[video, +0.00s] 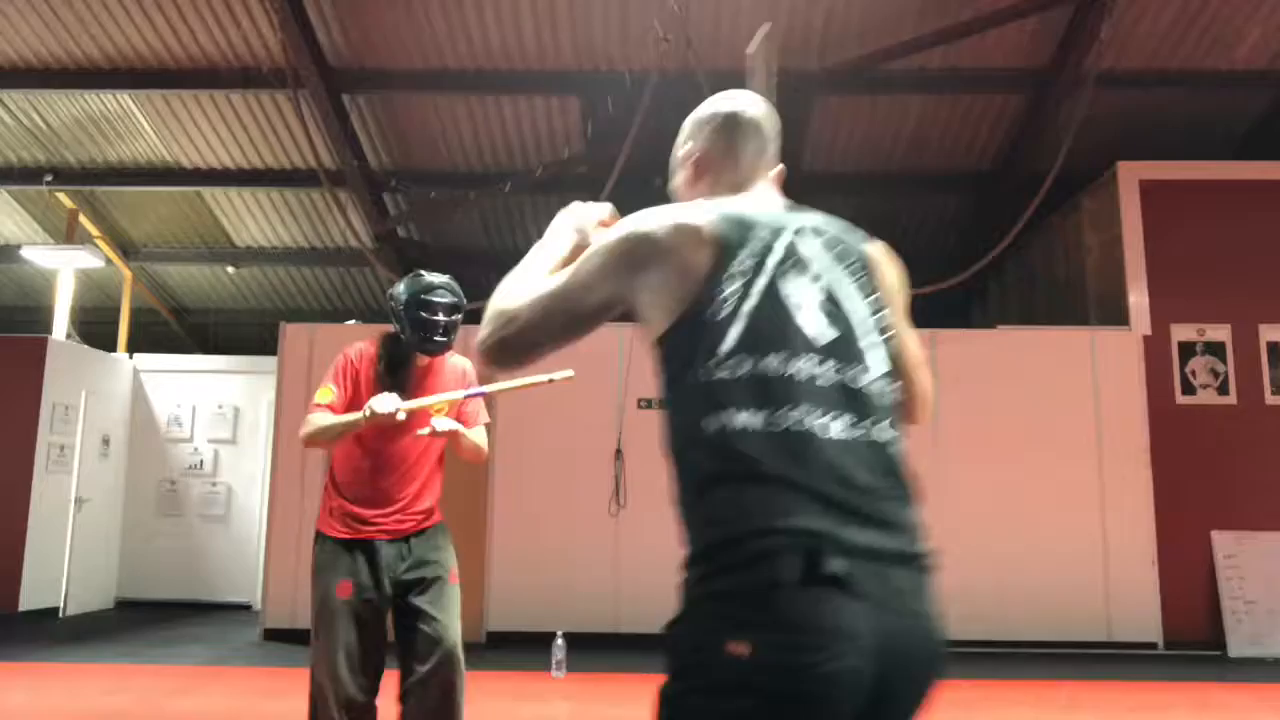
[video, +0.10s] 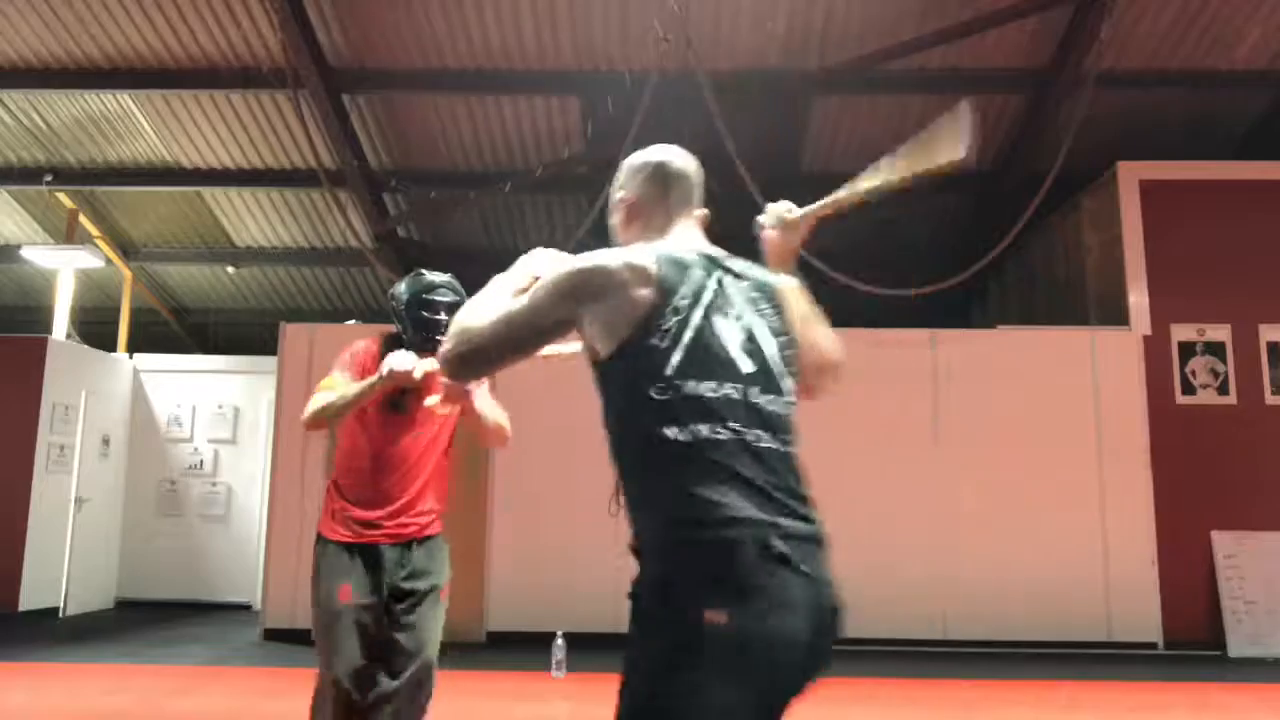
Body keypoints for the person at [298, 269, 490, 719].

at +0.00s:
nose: (440, 327)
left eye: (448, 318)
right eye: (428, 317)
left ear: (456, 321)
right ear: (401, 319)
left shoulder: (458, 371)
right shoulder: (357, 360)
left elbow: (479, 451)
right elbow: (309, 433)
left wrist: (456, 433)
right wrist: (364, 416)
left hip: (422, 536)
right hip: (347, 539)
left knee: (444, 651)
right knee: (341, 674)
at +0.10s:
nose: (442, 332)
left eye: (451, 321)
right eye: (431, 320)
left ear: (458, 323)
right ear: (405, 318)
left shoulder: (459, 369)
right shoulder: (366, 354)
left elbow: (500, 434)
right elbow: (313, 416)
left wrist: (468, 388)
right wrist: (380, 382)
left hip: (420, 541)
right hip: (347, 540)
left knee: (417, 665)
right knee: (343, 671)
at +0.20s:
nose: (440, 321)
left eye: (449, 312)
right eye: (433, 309)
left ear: (458, 318)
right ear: (406, 310)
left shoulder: (459, 368)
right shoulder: (373, 342)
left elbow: (526, 399)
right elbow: (334, 382)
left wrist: (487, 334)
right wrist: (403, 336)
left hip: (421, 539)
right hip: (348, 533)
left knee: (413, 676)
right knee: (325, 660)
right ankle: (339, 712)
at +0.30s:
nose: (448, 317)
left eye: (456, 307)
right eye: (437, 306)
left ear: (464, 311)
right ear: (410, 308)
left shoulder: (465, 351)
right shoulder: (377, 345)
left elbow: (530, 373)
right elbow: (365, 332)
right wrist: (445, 289)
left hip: (421, 540)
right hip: (349, 527)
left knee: (413, 682)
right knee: (315, 642)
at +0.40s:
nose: (440, 309)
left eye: (447, 299)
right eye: (428, 299)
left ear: (454, 302)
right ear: (398, 302)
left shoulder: (460, 349)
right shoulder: (365, 336)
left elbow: (524, 376)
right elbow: (373, 330)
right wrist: (447, 283)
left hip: (423, 532)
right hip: (353, 518)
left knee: (414, 675)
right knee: (322, 632)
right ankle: (290, 715)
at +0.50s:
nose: (428, 296)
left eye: (437, 286)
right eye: (413, 285)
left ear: (445, 295)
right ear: (384, 292)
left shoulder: (446, 351)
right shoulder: (355, 344)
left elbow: (513, 380)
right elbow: (338, 340)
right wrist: (405, 271)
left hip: (416, 530)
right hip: (348, 511)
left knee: (410, 687)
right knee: (336, 618)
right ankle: (290, 714)